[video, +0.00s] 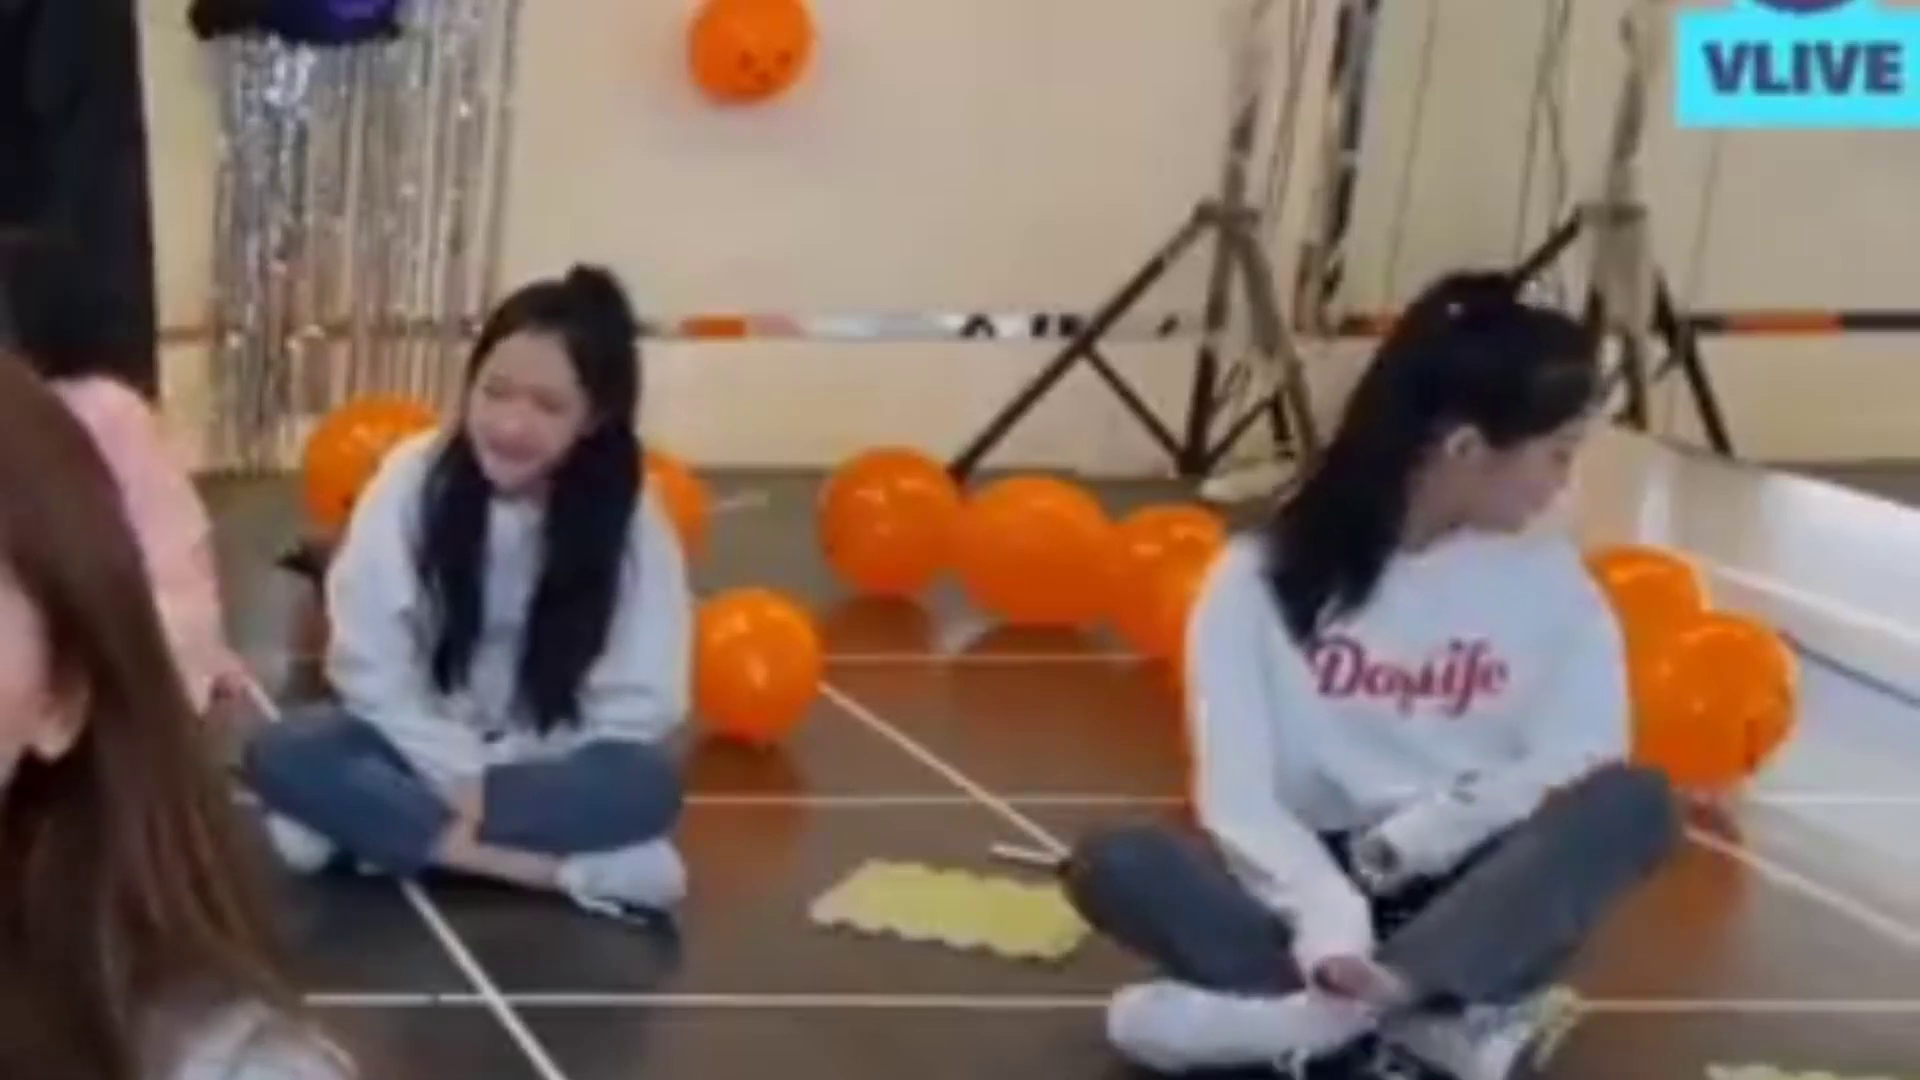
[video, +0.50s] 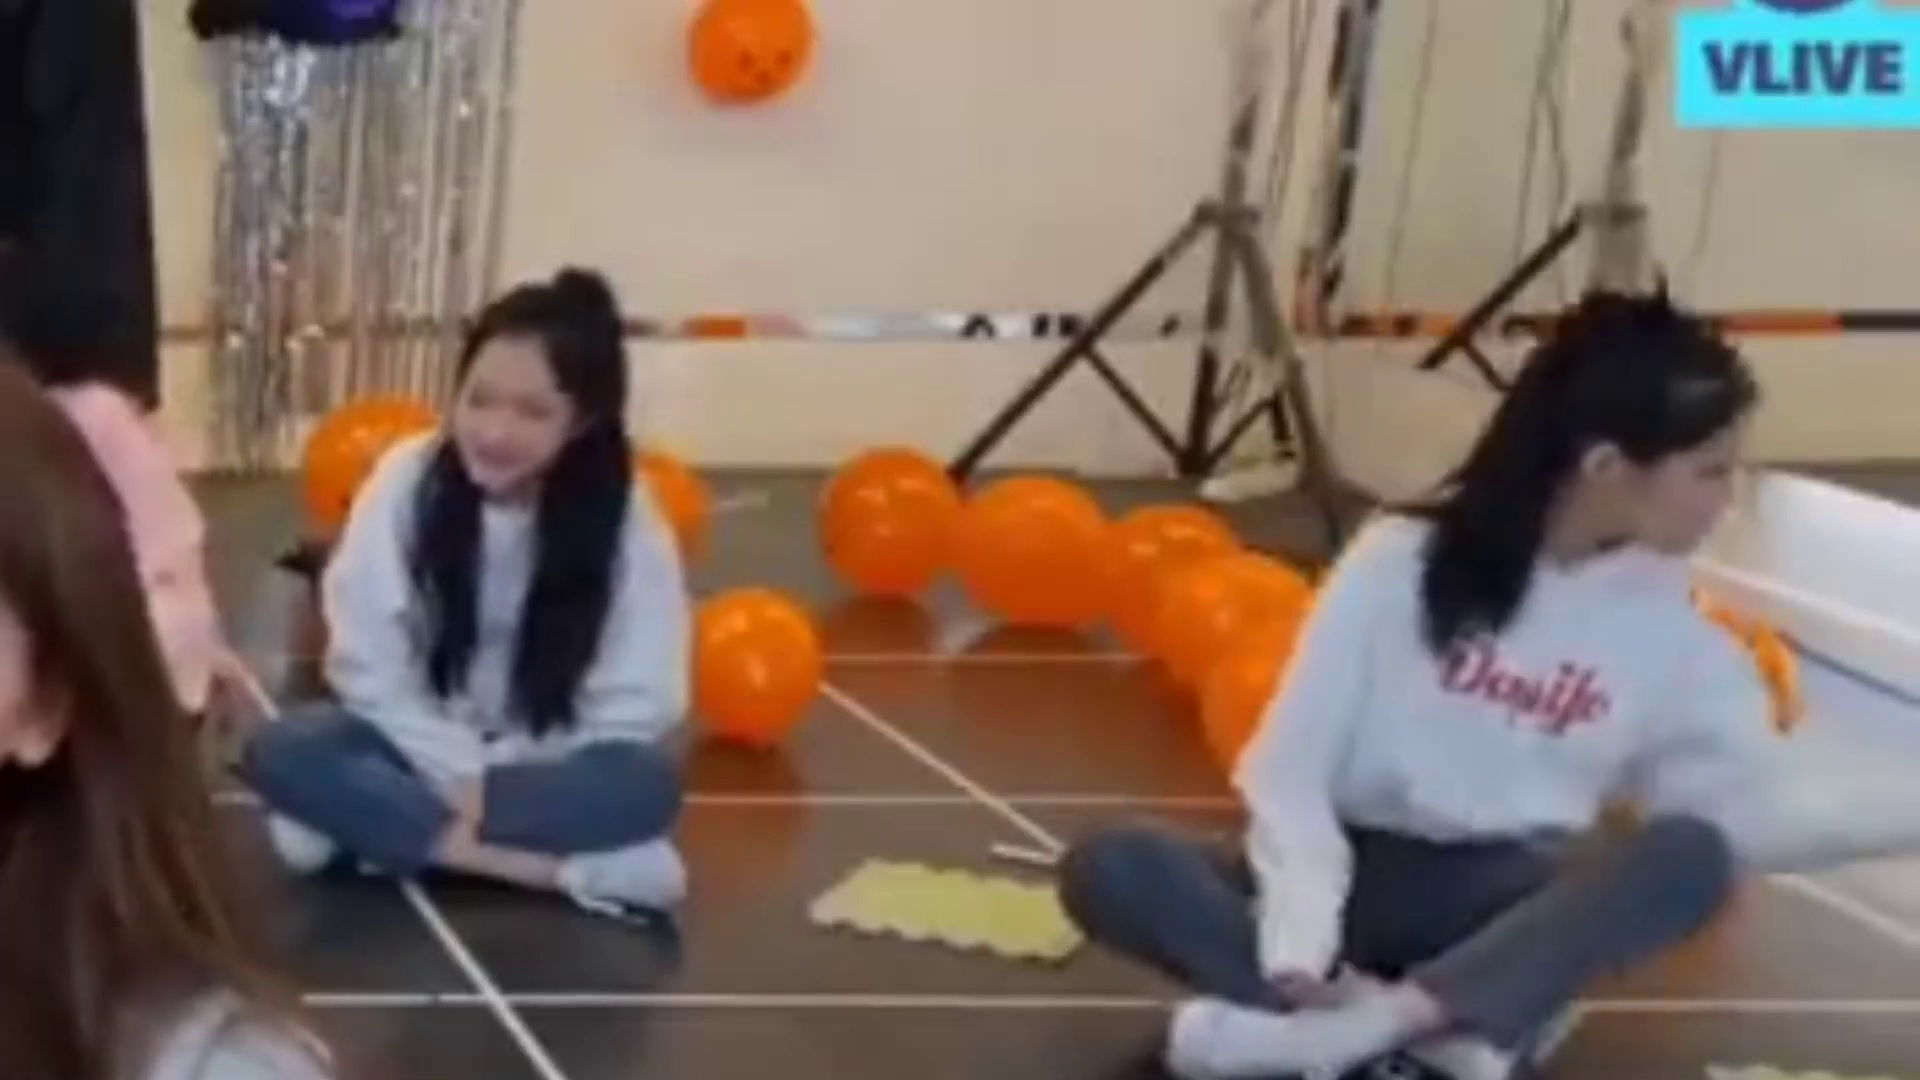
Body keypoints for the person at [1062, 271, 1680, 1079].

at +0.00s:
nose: (1565, 481)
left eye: (1571, 455)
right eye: (1556, 454)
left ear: (1464, 450)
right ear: (1461, 448)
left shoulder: (1545, 576)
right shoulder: (1256, 579)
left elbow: (1584, 754)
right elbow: (1236, 798)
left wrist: (1401, 845)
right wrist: (1328, 906)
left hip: (1470, 875)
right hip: (1296, 872)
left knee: (1635, 804)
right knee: (1112, 862)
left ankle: (1330, 1016)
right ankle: (1422, 1030)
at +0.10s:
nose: (1569, 480)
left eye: (1574, 453)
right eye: (1560, 452)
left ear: (1467, 448)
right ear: (1465, 445)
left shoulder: (1550, 578)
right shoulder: (1258, 576)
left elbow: (1592, 773)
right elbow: (1235, 799)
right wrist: (1328, 913)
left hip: (1484, 865)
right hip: (1303, 864)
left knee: (1640, 808)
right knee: (1112, 861)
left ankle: (1328, 1019)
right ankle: (1422, 1031)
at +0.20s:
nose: (1589, 482)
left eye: (1595, 454)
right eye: (1581, 453)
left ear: (1489, 447)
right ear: (1488, 444)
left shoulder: (1563, 582)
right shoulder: (1275, 572)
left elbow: (1614, 782)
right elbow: (1232, 792)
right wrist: (1329, 920)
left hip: (1483, 863)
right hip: (1308, 859)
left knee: (1647, 820)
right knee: (1107, 869)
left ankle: (1336, 1026)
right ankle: (1429, 1035)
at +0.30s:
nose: (1626, 477)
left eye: (1631, 451)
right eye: (1616, 449)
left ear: (1525, 446)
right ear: (1523, 442)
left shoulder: (1589, 592)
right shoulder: (1302, 565)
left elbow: (1616, 787)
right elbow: (1234, 787)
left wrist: (1722, 759)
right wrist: (1321, 922)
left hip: (1485, 879)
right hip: (1311, 867)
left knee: (1666, 830)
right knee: (1101, 876)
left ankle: (1339, 1032)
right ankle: (1424, 1034)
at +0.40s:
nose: (1684, 481)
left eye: (1685, 454)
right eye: (1661, 455)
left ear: (1569, 453)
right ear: (1558, 450)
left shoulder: (1635, 618)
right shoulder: (1350, 562)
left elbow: (1712, 808)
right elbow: (1253, 767)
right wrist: (1321, 951)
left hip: (1483, 890)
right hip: (1318, 867)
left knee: (1674, 846)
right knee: (1104, 870)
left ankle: (1344, 1031)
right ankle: (1424, 1034)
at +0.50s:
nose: (1729, 497)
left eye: (1733, 471)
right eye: (1709, 473)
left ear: (1615, 473)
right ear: (1605, 467)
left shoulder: (1673, 637)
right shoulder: (1399, 559)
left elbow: (1747, 810)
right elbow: (1287, 767)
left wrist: (1915, 803)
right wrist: (1303, 959)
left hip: (1499, 894)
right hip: (1339, 865)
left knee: (1693, 854)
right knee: (1105, 864)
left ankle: (1364, 1023)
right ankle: (1415, 1036)